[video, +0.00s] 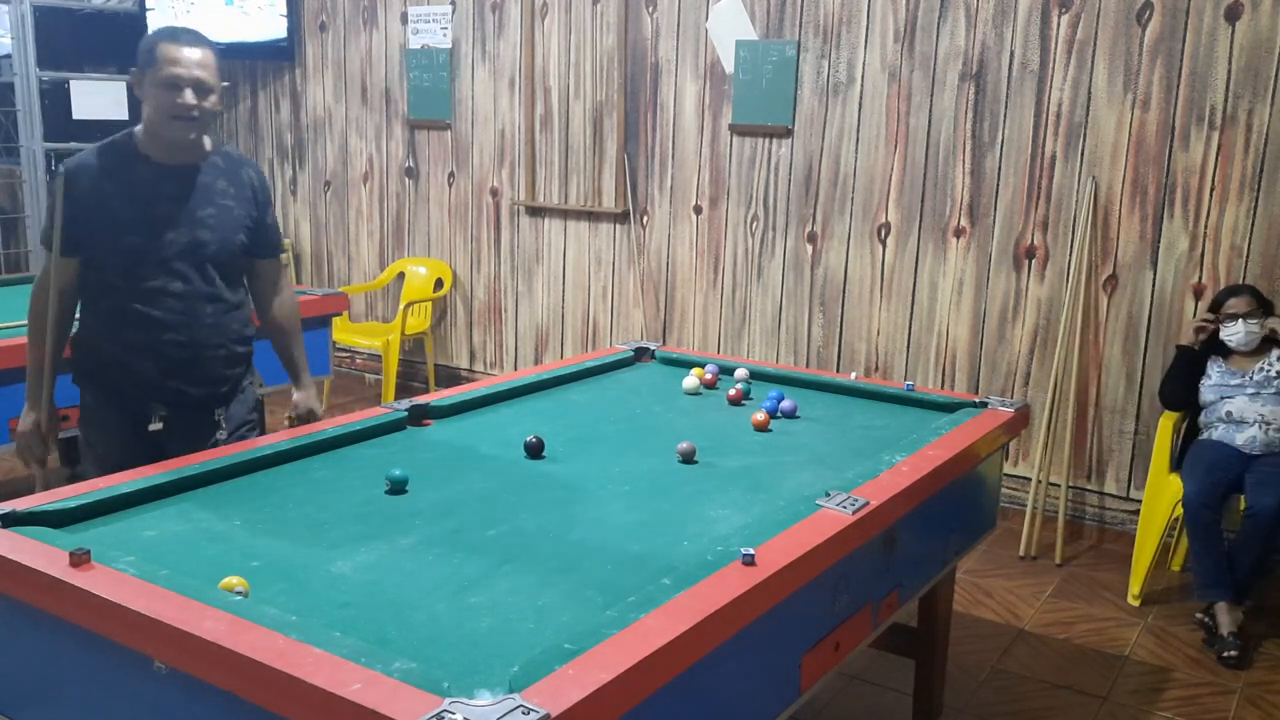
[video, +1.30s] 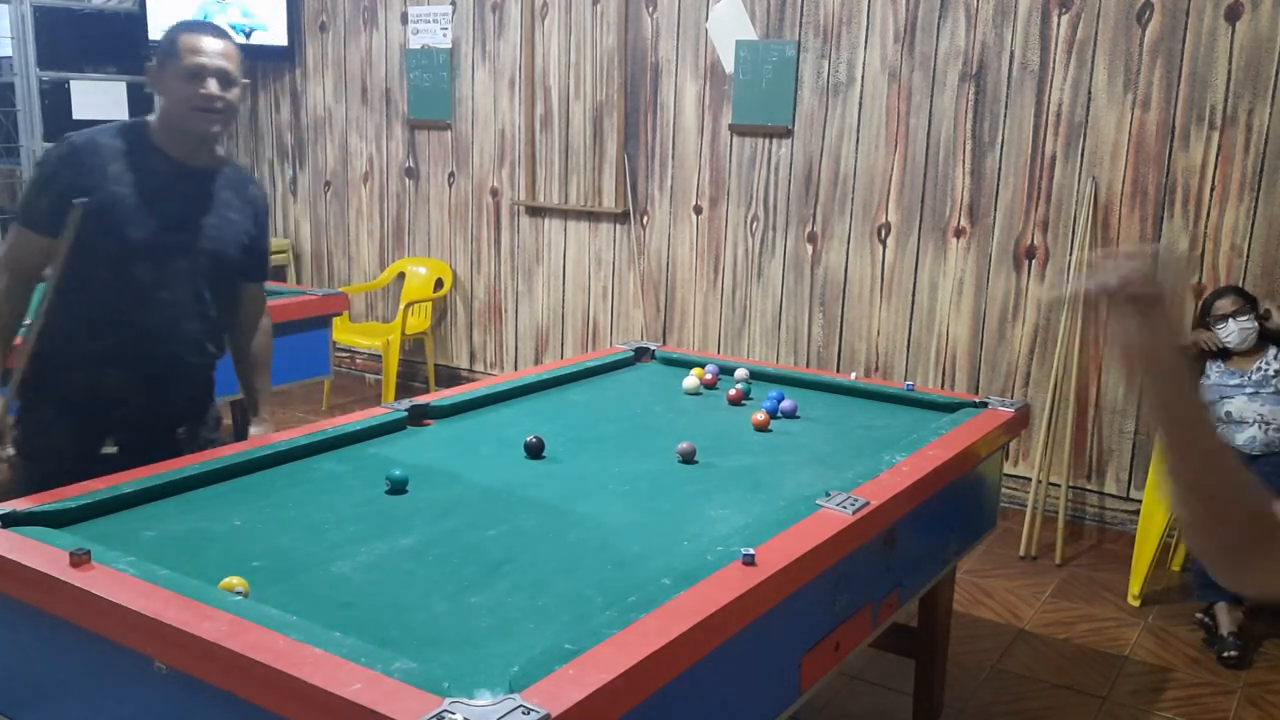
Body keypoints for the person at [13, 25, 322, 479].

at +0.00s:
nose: (188, 100)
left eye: (202, 89)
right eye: (172, 85)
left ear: (219, 98)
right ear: (138, 86)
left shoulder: (243, 179)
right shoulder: (87, 177)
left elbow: (273, 289)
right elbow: (57, 288)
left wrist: (304, 382)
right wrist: (38, 402)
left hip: (224, 404)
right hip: (120, 406)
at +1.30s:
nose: (212, 92)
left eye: (226, 81)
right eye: (194, 76)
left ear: (241, 94)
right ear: (154, 77)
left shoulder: (244, 195)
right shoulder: (80, 160)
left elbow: (250, 317)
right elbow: (14, 277)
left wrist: (261, 415)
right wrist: (3, 392)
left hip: (178, 425)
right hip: (65, 418)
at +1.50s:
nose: (143, 89)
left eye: (157, 76)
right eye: (123, 74)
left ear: (174, 88)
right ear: (82, 78)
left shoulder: (184, 191)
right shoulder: (17, 169)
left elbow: (206, 314)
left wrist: (228, 419)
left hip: (142, 434)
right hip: (28, 436)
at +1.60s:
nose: (99, 87)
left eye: (113, 72)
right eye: (79, 69)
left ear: (127, 84)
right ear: (36, 76)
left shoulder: (148, 185)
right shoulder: (8, 166)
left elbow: (173, 311)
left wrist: (198, 416)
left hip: (113, 431)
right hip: (14, 432)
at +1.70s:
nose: (56, 86)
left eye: (69, 72)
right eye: (34, 70)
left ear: (83, 81)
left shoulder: (113, 185)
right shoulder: (5, 175)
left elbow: (141, 311)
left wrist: (166, 418)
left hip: (86, 441)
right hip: (4, 446)